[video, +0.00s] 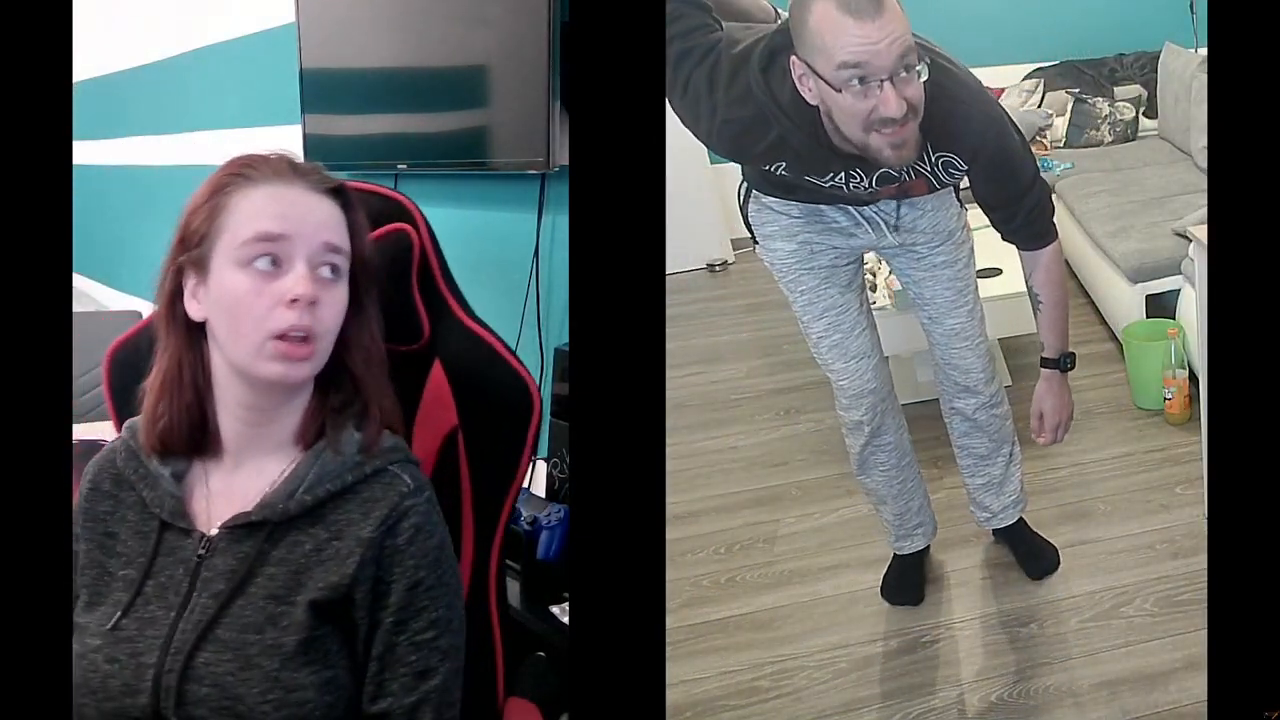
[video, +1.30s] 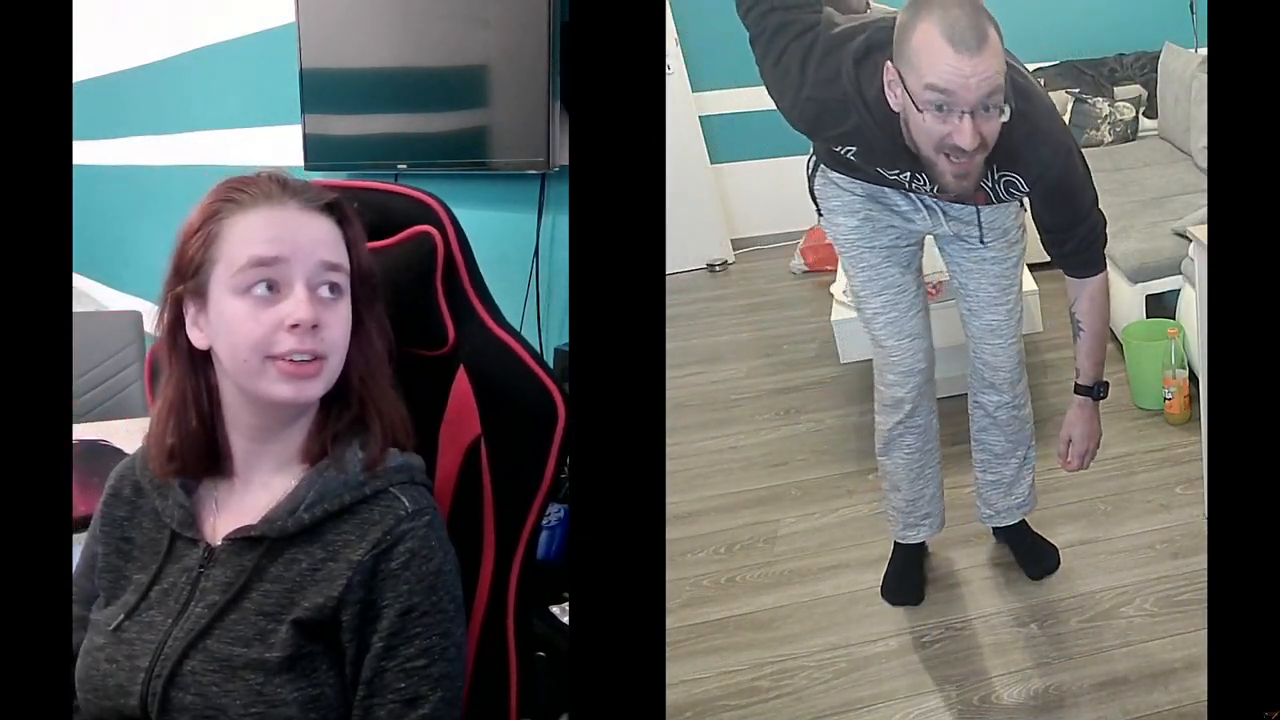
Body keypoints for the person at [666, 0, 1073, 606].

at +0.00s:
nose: (894, 103)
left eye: (904, 69)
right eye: (860, 82)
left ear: (916, 48)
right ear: (806, 81)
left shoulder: (965, 112)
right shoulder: (737, 102)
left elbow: (1037, 229)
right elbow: (680, 15)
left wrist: (1055, 367)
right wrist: (768, 32)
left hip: (925, 196)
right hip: (799, 205)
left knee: (969, 365)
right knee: (860, 390)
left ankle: (1004, 512)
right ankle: (909, 537)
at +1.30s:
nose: (966, 138)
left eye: (988, 108)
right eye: (940, 108)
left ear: (1005, 78)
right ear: (896, 89)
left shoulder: (1041, 142)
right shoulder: (824, 82)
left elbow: (1086, 264)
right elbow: (760, 4)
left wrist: (1088, 395)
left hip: (984, 195)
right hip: (864, 183)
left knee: (1000, 363)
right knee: (902, 370)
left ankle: (1008, 514)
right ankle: (910, 532)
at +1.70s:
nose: (948, 211)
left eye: (968, 182)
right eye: (924, 186)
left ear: (988, 134)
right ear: (879, 145)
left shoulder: (1025, 150)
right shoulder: (813, 134)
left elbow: (1087, 276)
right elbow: (739, 23)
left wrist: (1097, 403)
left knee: (997, 354)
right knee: (915, 366)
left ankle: (1010, 516)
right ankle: (946, 541)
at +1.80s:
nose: (939, 238)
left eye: (958, 210)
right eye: (913, 213)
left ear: (977, 147)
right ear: (868, 166)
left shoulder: (1017, 161)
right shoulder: (805, 158)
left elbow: (1083, 285)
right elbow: (715, 34)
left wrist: (1094, 412)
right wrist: (712, 23)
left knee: (991, 355)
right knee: (911, 370)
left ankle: (1010, 516)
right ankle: (945, 542)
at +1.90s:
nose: (922, 280)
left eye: (939, 248)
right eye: (896, 251)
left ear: (965, 182)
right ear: (852, 191)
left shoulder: (1015, 186)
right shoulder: (796, 183)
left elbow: (1080, 306)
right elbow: (706, 117)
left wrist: (1091, 431)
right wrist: (731, 265)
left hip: (950, 78)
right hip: (821, 85)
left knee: (986, 364)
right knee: (903, 377)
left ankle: (1009, 514)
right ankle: (944, 541)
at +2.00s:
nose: (911, 315)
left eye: (927, 291)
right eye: (886, 298)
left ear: (949, 217)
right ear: (837, 229)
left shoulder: (1005, 203)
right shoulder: (781, 196)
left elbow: (1080, 322)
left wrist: (1084, 451)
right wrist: (733, 345)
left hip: (938, 79)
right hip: (812, 89)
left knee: (983, 364)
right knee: (899, 386)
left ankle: (1008, 506)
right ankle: (944, 541)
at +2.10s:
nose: (902, 351)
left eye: (917, 330)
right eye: (880, 338)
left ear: (938, 252)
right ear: (825, 266)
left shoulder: (994, 224)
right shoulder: (771, 227)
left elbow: (1083, 341)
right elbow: (717, 264)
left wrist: (1082, 472)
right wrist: (757, 399)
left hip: (927, 90)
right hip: (804, 101)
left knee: (984, 376)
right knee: (892, 400)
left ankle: (995, 483)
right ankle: (941, 542)